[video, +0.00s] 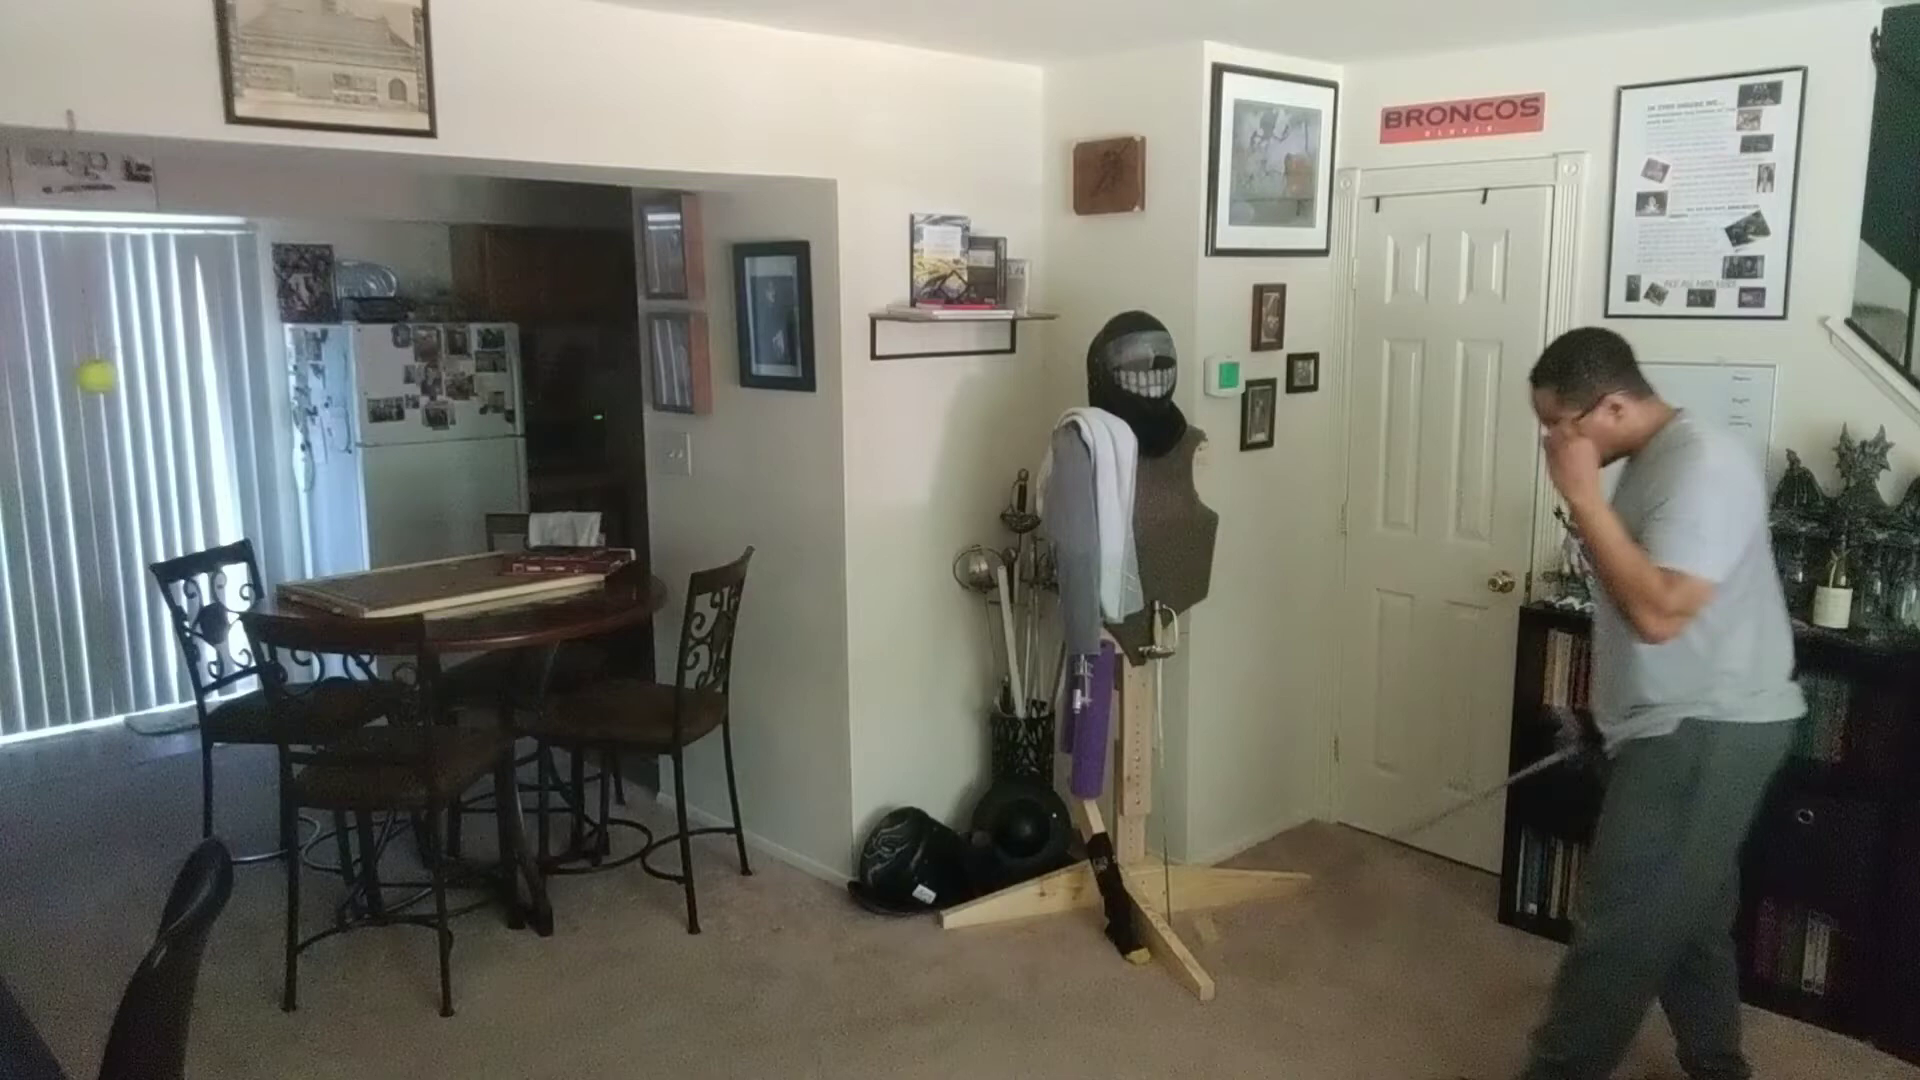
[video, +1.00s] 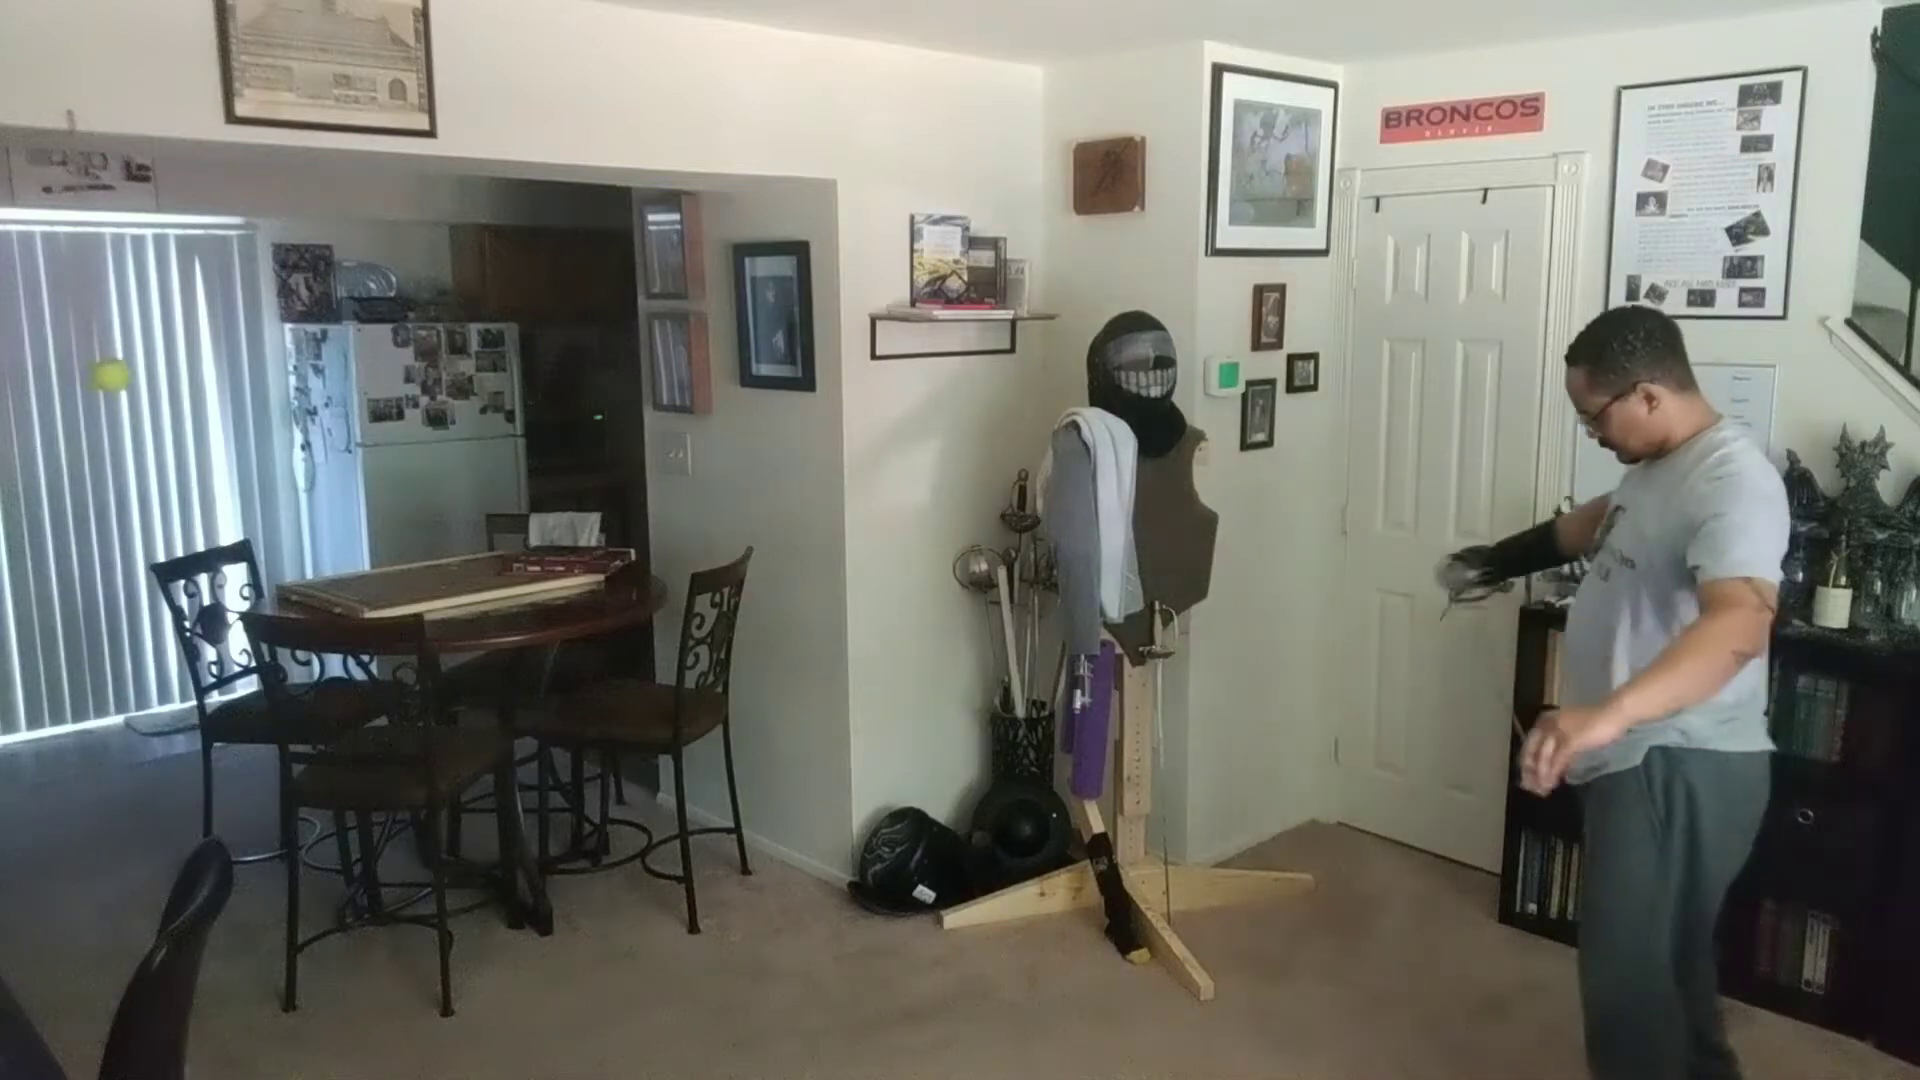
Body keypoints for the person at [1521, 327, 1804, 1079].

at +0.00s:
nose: (1553, 443)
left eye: (1558, 425)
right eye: (1548, 428)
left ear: (1610, 405)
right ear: (1613, 404)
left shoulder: (1709, 462)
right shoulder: (1642, 469)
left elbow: (1658, 612)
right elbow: (1652, 606)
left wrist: (1585, 498)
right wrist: (1612, 702)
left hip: (1710, 728)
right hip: (1671, 721)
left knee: (1620, 933)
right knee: (1691, 925)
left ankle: (1560, 1067)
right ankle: (1717, 1067)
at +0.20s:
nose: (1589, 435)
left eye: (1593, 418)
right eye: (1582, 421)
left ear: (1642, 394)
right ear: (1644, 394)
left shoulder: (1736, 459)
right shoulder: (1674, 460)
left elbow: (1715, 608)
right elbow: (1679, 587)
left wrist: (1590, 521)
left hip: (1728, 722)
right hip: (1688, 714)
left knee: (1633, 919)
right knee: (1696, 915)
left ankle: (1601, 1066)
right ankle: (1719, 1064)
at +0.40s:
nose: (1615, 423)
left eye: (1621, 405)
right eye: (1608, 408)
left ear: (1678, 381)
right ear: (1678, 384)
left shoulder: (1746, 460)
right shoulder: (1700, 458)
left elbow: (1716, 603)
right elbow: (1690, 596)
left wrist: (1539, 622)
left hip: (1731, 738)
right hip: (1697, 731)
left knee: (1671, 952)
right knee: (1676, 946)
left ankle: (1673, 1070)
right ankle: (1705, 1065)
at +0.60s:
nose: (1620, 422)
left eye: (1629, 402)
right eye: (1613, 406)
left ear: (1688, 378)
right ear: (1685, 383)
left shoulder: (1748, 470)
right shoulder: (1699, 461)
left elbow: (1690, 610)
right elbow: (1676, 596)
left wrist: (1531, 660)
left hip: (1720, 748)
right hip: (1689, 740)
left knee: (1665, 967)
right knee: (1691, 957)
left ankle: (1669, 1070)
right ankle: (1712, 1067)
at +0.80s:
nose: (1609, 432)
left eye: (1617, 414)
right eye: (1602, 417)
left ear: (1673, 388)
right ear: (1671, 389)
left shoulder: (1737, 473)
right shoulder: (1685, 469)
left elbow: (1713, 620)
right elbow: (1678, 612)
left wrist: (1571, 698)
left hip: (1692, 756)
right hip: (1669, 749)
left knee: (1637, 973)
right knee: (1700, 952)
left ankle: (1647, 1072)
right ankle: (1714, 1067)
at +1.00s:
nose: (1594, 434)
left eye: (1596, 417)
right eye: (1587, 421)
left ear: (1648, 394)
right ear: (1650, 393)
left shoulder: (1732, 475)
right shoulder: (1662, 470)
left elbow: (1739, 624)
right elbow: (1591, 526)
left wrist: (1606, 715)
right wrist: (1501, 558)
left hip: (1676, 775)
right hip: (1637, 765)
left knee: (1629, 984)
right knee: (1666, 963)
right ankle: (1700, 1064)